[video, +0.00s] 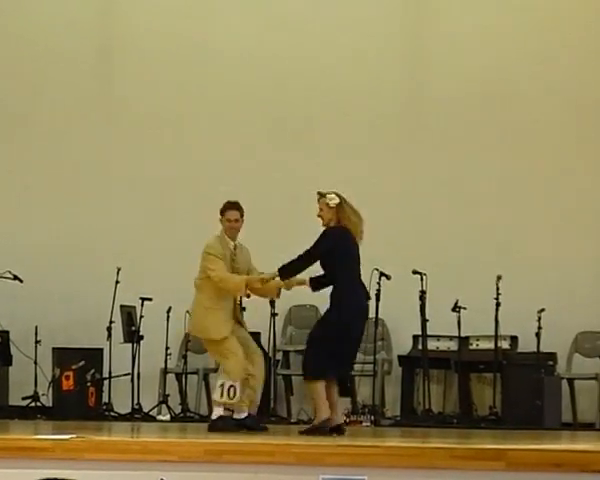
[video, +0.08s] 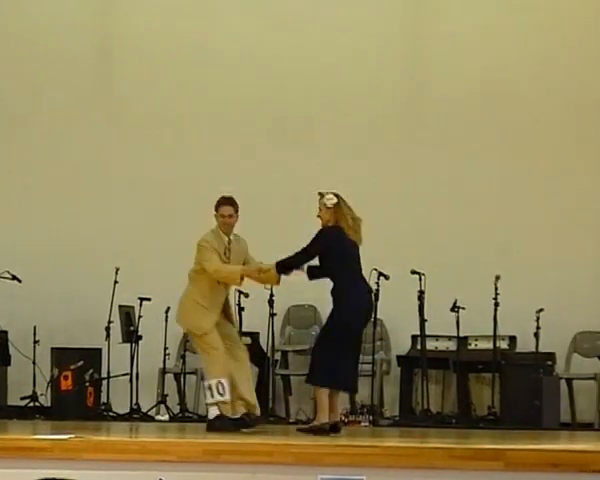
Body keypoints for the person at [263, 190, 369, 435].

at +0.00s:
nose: (319, 215)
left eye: (321, 210)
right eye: (319, 210)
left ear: (334, 209)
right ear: (336, 211)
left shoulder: (332, 234)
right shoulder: (347, 236)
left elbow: (306, 258)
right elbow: (334, 276)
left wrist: (275, 275)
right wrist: (299, 283)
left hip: (344, 302)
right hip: (357, 302)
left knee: (314, 352)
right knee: (332, 357)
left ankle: (322, 414)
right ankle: (335, 418)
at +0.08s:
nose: (318, 214)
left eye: (321, 210)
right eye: (319, 210)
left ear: (330, 211)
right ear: (338, 212)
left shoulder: (327, 234)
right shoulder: (348, 237)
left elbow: (302, 256)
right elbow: (335, 268)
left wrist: (275, 267)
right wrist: (304, 272)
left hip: (347, 303)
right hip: (362, 302)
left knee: (321, 353)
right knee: (339, 355)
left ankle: (322, 418)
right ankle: (334, 416)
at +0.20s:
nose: (317, 215)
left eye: (321, 212)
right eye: (318, 211)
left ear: (330, 214)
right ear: (339, 215)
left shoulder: (324, 236)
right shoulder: (344, 239)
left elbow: (297, 256)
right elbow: (328, 267)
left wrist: (271, 266)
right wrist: (301, 269)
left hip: (349, 301)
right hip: (365, 299)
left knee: (323, 356)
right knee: (343, 356)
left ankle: (326, 419)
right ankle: (345, 415)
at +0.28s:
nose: (311, 216)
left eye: (314, 212)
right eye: (311, 212)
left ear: (323, 214)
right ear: (329, 214)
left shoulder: (316, 238)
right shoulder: (339, 238)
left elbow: (290, 260)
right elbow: (324, 268)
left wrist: (268, 268)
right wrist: (296, 272)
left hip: (340, 304)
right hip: (356, 302)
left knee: (310, 351)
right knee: (337, 357)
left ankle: (316, 412)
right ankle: (346, 418)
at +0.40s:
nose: (289, 205)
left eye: (292, 201)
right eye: (291, 200)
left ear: (301, 203)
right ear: (311, 204)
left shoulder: (293, 227)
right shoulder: (319, 227)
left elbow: (268, 256)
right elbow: (309, 264)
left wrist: (246, 263)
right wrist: (285, 268)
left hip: (311, 293)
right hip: (329, 289)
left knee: (286, 348)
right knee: (325, 353)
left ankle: (277, 409)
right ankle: (344, 413)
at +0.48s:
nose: (273, 200)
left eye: (275, 197)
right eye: (275, 196)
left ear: (280, 199)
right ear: (298, 200)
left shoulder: (273, 223)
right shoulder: (303, 224)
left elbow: (249, 252)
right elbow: (298, 259)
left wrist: (237, 262)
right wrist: (276, 273)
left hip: (287, 288)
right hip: (307, 287)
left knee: (270, 349)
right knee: (310, 350)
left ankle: (250, 412)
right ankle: (335, 407)